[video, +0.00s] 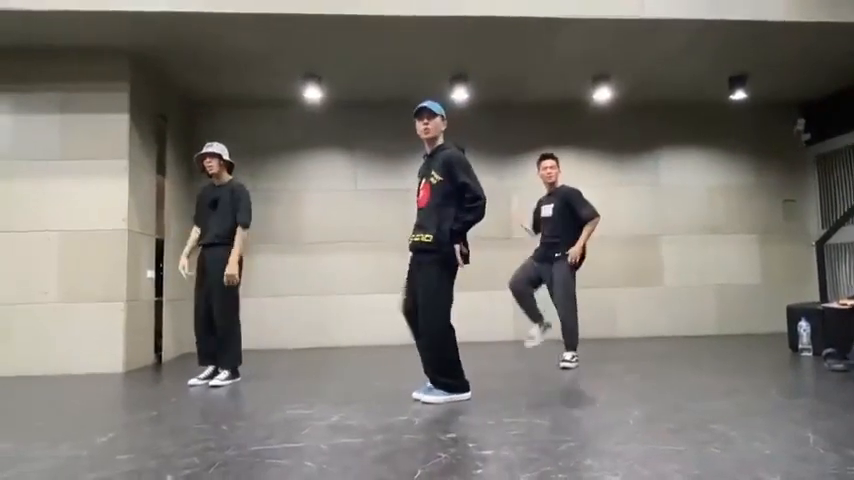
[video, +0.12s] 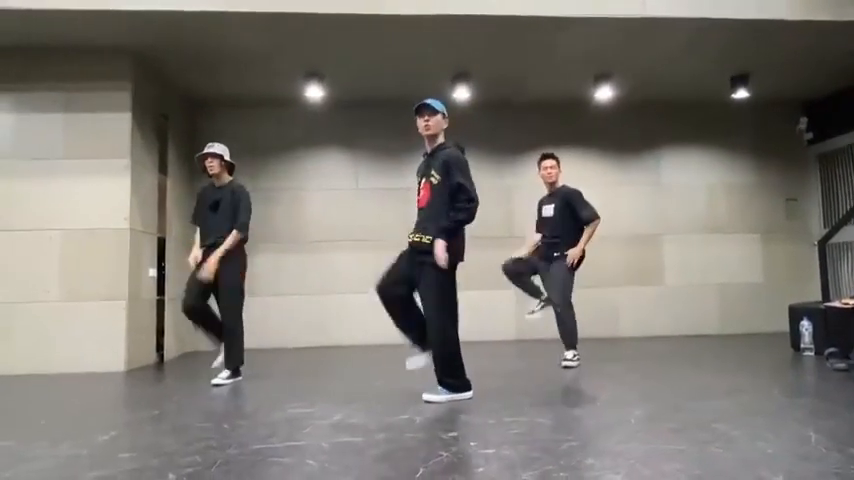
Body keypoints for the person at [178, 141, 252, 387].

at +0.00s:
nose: (207, 163)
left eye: (212, 159)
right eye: (205, 160)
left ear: (223, 161)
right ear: (203, 165)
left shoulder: (238, 190)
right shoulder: (205, 192)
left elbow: (242, 229)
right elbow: (198, 227)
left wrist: (233, 262)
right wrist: (185, 253)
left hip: (225, 254)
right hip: (206, 254)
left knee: (224, 311)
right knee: (204, 310)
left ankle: (229, 368)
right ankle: (210, 364)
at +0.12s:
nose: (209, 164)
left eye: (213, 159)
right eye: (206, 160)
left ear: (225, 162)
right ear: (204, 165)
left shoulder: (239, 191)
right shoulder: (205, 192)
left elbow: (239, 231)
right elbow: (200, 224)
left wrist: (215, 257)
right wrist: (196, 248)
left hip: (230, 254)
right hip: (208, 253)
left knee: (230, 312)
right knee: (192, 305)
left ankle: (233, 367)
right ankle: (225, 338)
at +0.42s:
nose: (203, 160)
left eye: (208, 156)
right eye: (201, 157)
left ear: (220, 159)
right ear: (201, 162)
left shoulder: (234, 187)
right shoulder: (205, 191)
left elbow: (247, 221)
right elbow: (202, 230)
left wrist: (248, 245)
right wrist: (181, 252)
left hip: (225, 252)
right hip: (202, 252)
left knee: (226, 309)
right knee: (190, 307)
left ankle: (234, 365)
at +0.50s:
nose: (203, 161)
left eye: (208, 156)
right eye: (200, 157)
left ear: (219, 160)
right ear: (199, 162)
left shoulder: (233, 190)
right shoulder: (201, 192)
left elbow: (245, 222)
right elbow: (198, 231)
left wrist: (251, 244)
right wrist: (179, 254)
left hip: (223, 254)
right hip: (202, 255)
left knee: (221, 310)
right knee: (197, 312)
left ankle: (234, 366)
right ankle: (182, 364)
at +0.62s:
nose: (203, 157)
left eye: (208, 152)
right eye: (201, 153)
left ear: (219, 157)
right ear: (199, 159)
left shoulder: (232, 187)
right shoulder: (198, 189)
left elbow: (242, 219)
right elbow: (197, 227)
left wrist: (247, 240)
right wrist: (181, 251)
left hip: (227, 252)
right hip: (202, 253)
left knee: (230, 308)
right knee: (191, 308)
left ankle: (236, 363)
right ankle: (181, 363)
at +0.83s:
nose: (200, 160)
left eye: (204, 155)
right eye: (196, 156)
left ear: (215, 157)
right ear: (194, 160)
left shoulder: (231, 187)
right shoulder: (195, 185)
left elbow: (239, 219)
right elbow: (197, 218)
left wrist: (241, 236)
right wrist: (199, 241)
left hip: (221, 249)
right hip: (198, 249)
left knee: (226, 306)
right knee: (181, 303)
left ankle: (239, 361)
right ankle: (180, 359)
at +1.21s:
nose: (178, 157)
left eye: (183, 153)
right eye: (176, 153)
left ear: (194, 157)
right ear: (177, 158)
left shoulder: (200, 178)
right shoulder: (189, 186)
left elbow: (229, 205)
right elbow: (192, 235)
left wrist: (229, 237)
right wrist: (173, 259)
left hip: (204, 248)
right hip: (192, 249)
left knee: (197, 304)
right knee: (179, 301)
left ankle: (236, 353)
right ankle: (182, 358)